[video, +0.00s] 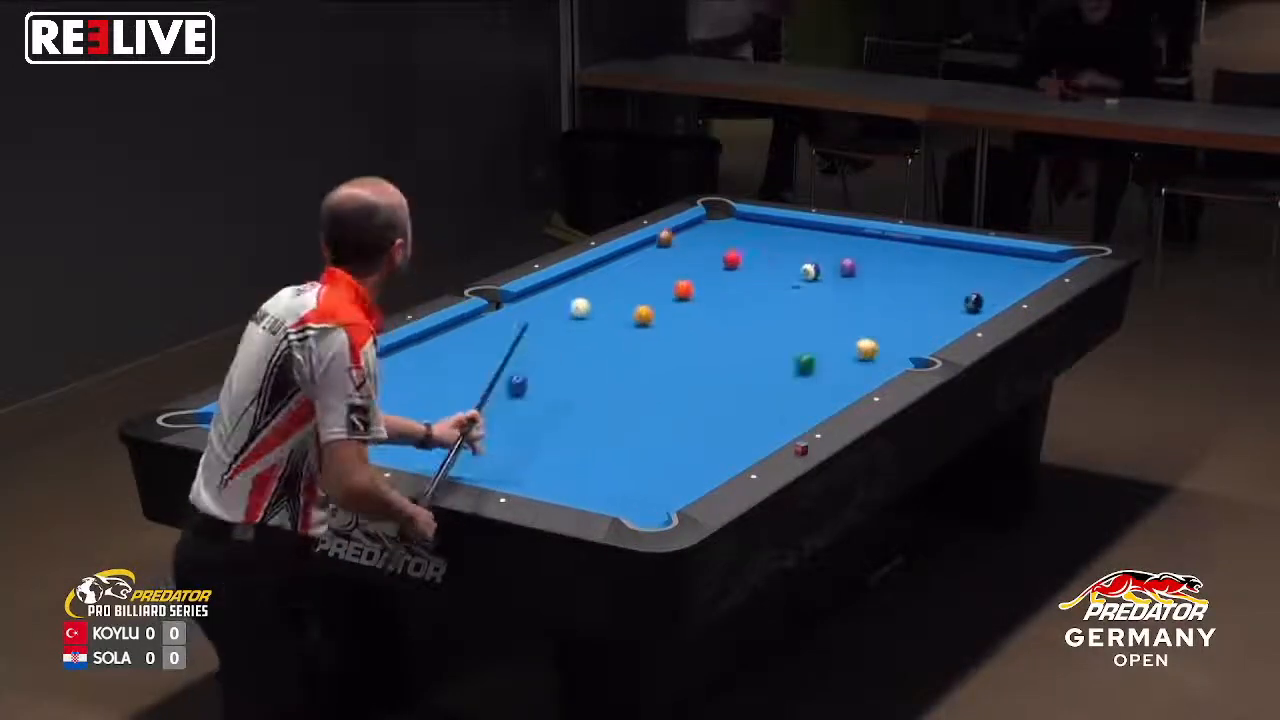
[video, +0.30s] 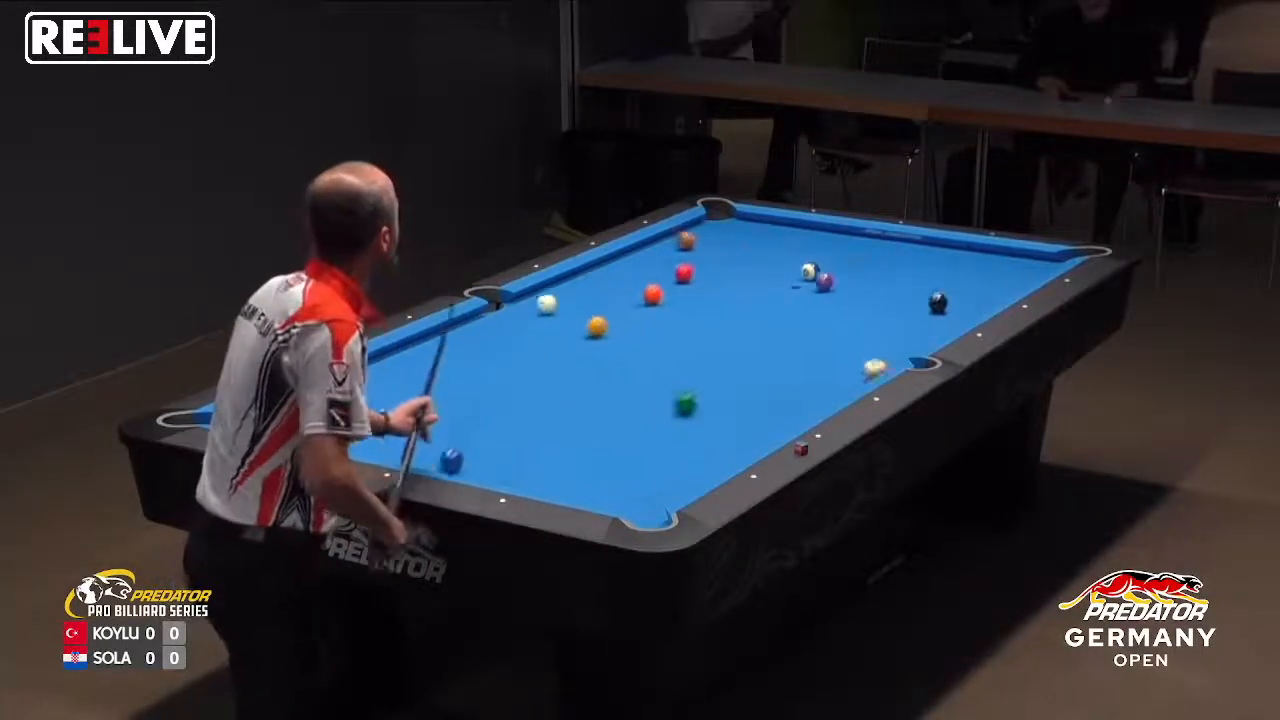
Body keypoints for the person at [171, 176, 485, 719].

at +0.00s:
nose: (410, 244)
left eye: (407, 231)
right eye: (409, 234)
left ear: (330, 239)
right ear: (397, 251)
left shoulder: (289, 302)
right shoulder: (343, 334)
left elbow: (337, 415)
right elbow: (348, 482)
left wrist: (429, 432)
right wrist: (407, 512)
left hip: (211, 538)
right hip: (252, 556)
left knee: (252, 696)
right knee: (277, 699)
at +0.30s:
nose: (398, 233)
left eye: (396, 219)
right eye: (397, 221)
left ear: (316, 223)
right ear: (384, 238)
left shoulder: (274, 292)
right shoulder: (332, 326)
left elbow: (290, 407)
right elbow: (326, 474)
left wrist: (386, 422)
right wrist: (387, 525)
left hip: (216, 537)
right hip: (264, 556)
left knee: (263, 695)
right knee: (286, 698)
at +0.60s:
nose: (390, 184)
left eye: (388, 171)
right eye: (388, 174)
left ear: (310, 180)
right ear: (373, 192)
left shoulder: (268, 247)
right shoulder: (326, 282)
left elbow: (266, 370)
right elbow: (321, 441)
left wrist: (345, 381)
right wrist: (365, 480)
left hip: (223, 485)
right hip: (268, 506)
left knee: (280, 660)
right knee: (291, 667)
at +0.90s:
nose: (360, 155)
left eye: (359, 142)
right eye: (358, 144)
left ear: (279, 152)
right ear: (343, 159)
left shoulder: (237, 231)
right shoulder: (316, 261)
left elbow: (242, 358)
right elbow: (345, 413)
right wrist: (381, 454)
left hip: (239, 474)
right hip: (299, 486)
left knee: (274, 650)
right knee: (322, 652)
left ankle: (281, 713)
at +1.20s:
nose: (344, 154)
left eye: (341, 142)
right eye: (342, 143)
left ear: (267, 148)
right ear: (328, 155)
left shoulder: (219, 238)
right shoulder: (313, 259)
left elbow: (209, 355)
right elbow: (353, 416)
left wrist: (266, 406)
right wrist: (406, 472)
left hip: (245, 479)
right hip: (314, 487)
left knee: (276, 653)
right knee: (339, 653)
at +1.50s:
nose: (335, 165)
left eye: (331, 153)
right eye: (333, 154)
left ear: (251, 163)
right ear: (321, 167)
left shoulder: (208, 255)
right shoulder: (313, 282)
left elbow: (196, 378)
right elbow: (357, 440)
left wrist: (241, 441)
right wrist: (407, 496)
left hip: (247, 497)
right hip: (319, 503)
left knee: (281, 664)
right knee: (348, 662)